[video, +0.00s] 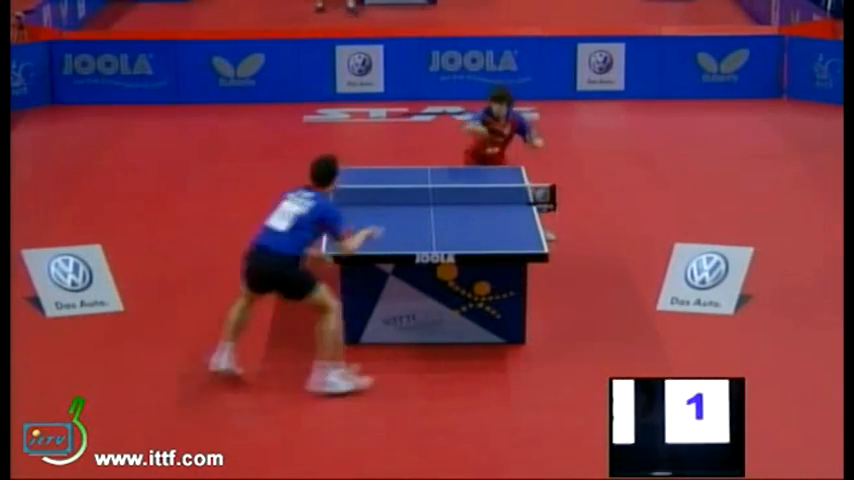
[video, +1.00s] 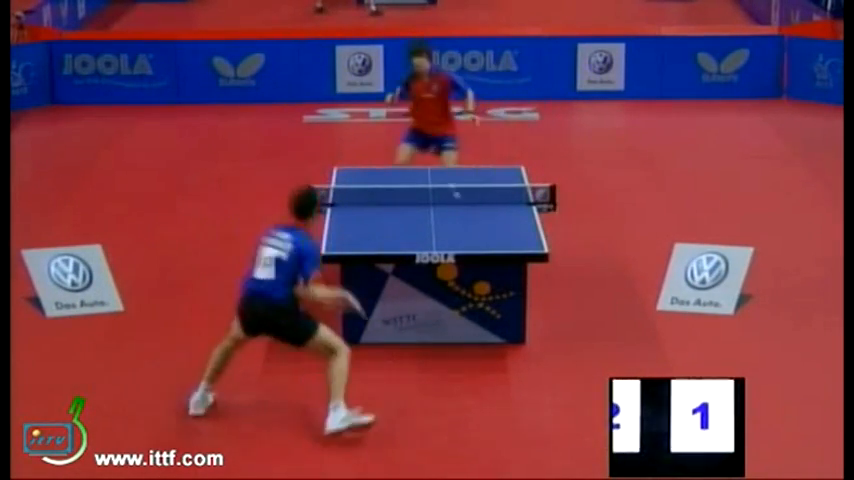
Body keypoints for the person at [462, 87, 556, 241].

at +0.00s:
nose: (499, 109)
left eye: (502, 105)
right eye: (496, 104)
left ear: (508, 107)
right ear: (490, 105)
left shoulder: (515, 120)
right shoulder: (484, 115)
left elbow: (527, 135)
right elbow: (471, 126)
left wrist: (534, 141)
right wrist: (484, 131)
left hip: (498, 160)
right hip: (476, 159)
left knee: (513, 193)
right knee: (473, 195)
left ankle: (535, 230)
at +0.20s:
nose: (505, 92)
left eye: (508, 88)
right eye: (502, 88)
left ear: (514, 89)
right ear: (497, 89)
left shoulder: (523, 108)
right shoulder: (490, 104)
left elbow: (543, 126)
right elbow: (471, 114)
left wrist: (545, 131)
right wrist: (457, 119)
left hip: (512, 157)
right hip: (487, 155)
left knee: (534, 185)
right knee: (472, 189)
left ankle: (538, 226)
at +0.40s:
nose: (500, 74)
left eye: (504, 70)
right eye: (497, 70)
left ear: (511, 70)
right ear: (493, 71)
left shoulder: (522, 89)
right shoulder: (487, 87)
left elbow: (543, 107)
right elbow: (461, 101)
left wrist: (542, 122)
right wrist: (452, 115)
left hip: (516, 143)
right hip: (488, 142)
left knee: (532, 180)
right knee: (471, 177)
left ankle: (544, 221)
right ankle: (464, 223)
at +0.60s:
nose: (479, 86)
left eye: (483, 81)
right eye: (477, 81)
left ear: (491, 82)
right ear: (473, 82)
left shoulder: (504, 99)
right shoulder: (473, 99)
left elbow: (532, 115)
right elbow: (454, 115)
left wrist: (533, 139)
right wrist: (432, 127)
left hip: (510, 154)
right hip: (483, 153)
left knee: (528, 188)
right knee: (463, 183)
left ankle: (554, 218)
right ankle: (460, 220)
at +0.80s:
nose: (438, 80)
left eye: (441, 75)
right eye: (435, 76)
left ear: (448, 76)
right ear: (431, 77)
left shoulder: (463, 91)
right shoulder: (432, 95)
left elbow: (492, 107)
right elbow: (414, 113)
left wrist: (494, 126)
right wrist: (395, 116)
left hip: (481, 145)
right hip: (457, 145)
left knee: (491, 182)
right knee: (438, 177)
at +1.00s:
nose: (419, 68)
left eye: (422, 64)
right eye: (416, 64)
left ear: (429, 62)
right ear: (413, 65)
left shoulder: (444, 78)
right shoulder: (411, 79)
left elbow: (468, 92)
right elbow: (400, 92)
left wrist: (469, 110)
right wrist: (393, 98)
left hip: (443, 129)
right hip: (419, 128)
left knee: (449, 168)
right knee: (401, 162)